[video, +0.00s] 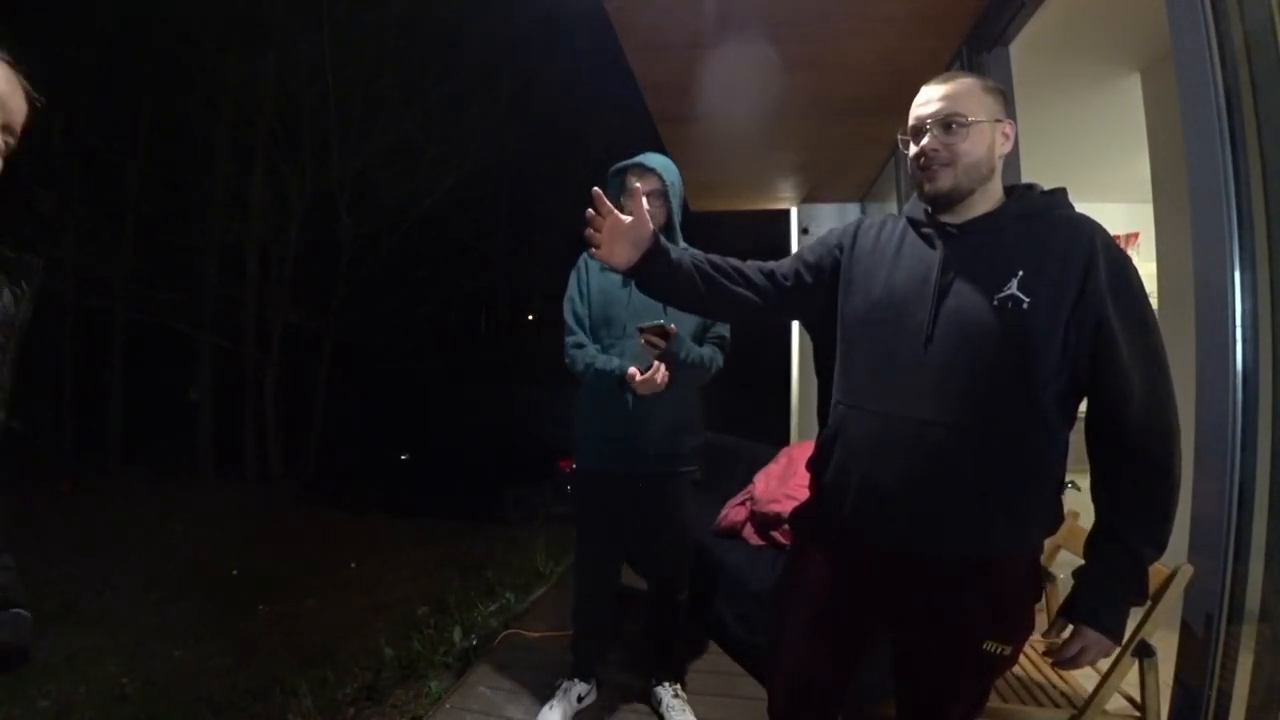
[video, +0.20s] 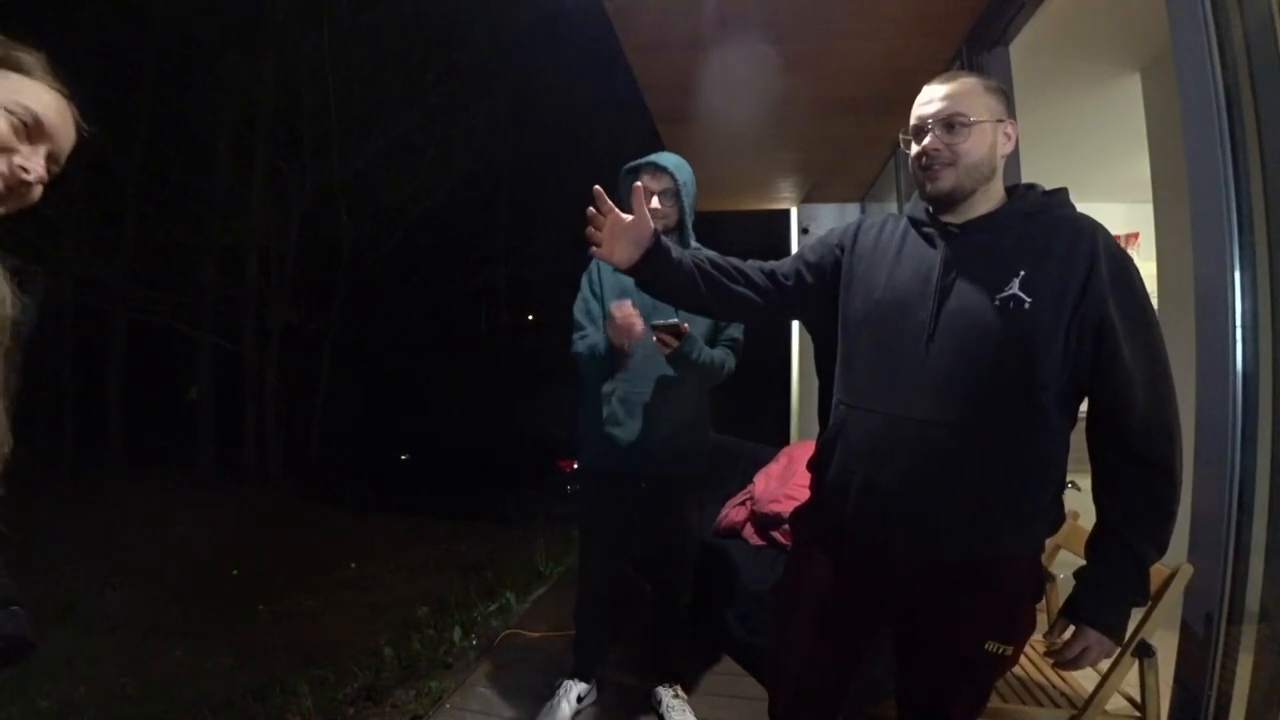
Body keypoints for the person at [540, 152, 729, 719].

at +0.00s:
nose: (644, 206)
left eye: (656, 196)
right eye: (634, 195)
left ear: (674, 202)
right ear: (616, 202)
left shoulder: (698, 271)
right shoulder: (591, 266)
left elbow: (714, 356)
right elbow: (575, 349)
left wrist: (678, 351)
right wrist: (626, 370)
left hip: (671, 448)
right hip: (604, 445)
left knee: (671, 568)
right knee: (594, 565)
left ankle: (665, 678)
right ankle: (582, 677)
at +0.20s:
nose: (652, 204)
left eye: (664, 194)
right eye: (642, 193)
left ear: (686, 201)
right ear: (627, 200)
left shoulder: (712, 274)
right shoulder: (603, 269)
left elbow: (725, 360)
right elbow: (579, 351)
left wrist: (688, 349)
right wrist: (611, 343)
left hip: (678, 442)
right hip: (611, 438)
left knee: (673, 556)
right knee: (599, 554)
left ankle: (666, 679)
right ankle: (582, 675)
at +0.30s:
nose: (658, 204)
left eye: (669, 194)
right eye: (648, 195)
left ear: (693, 199)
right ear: (634, 202)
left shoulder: (721, 275)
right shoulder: (613, 265)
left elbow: (731, 363)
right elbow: (582, 342)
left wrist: (691, 349)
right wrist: (609, 274)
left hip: (680, 440)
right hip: (613, 434)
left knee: (672, 557)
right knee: (600, 554)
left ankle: (665, 679)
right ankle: (584, 675)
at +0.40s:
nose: (662, 204)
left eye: (674, 194)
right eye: (653, 194)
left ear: (698, 199)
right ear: (640, 203)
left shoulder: (725, 274)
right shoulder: (618, 265)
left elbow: (736, 365)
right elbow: (583, 335)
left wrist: (693, 350)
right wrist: (611, 259)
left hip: (684, 442)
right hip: (617, 435)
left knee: (674, 558)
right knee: (600, 555)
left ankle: (668, 680)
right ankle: (583, 675)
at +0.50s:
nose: (664, 205)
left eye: (677, 196)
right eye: (657, 195)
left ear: (702, 202)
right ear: (644, 202)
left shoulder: (729, 277)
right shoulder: (624, 267)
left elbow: (738, 367)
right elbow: (588, 333)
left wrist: (691, 350)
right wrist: (620, 257)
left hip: (683, 446)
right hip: (615, 438)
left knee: (673, 560)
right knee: (601, 555)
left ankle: (666, 678)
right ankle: (584, 674)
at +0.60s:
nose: (663, 208)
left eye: (677, 198)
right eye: (657, 197)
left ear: (705, 203)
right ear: (647, 205)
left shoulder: (733, 276)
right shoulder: (629, 264)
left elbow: (741, 368)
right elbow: (593, 328)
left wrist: (690, 350)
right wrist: (631, 254)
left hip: (682, 448)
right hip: (614, 442)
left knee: (674, 565)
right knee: (600, 560)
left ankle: (667, 679)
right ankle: (585, 675)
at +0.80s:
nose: (667, 211)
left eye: (679, 201)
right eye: (661, 200)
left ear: (708, 204)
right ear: (653, 206)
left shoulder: (738, 273)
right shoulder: (635, 260)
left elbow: (748, 368)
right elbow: (597, 324)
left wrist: (686, 351)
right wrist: (640, 247)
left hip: (687, 445)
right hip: (617, 437)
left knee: (676, 561)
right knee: (603, 556)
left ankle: (667, 679)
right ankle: (587, 676)